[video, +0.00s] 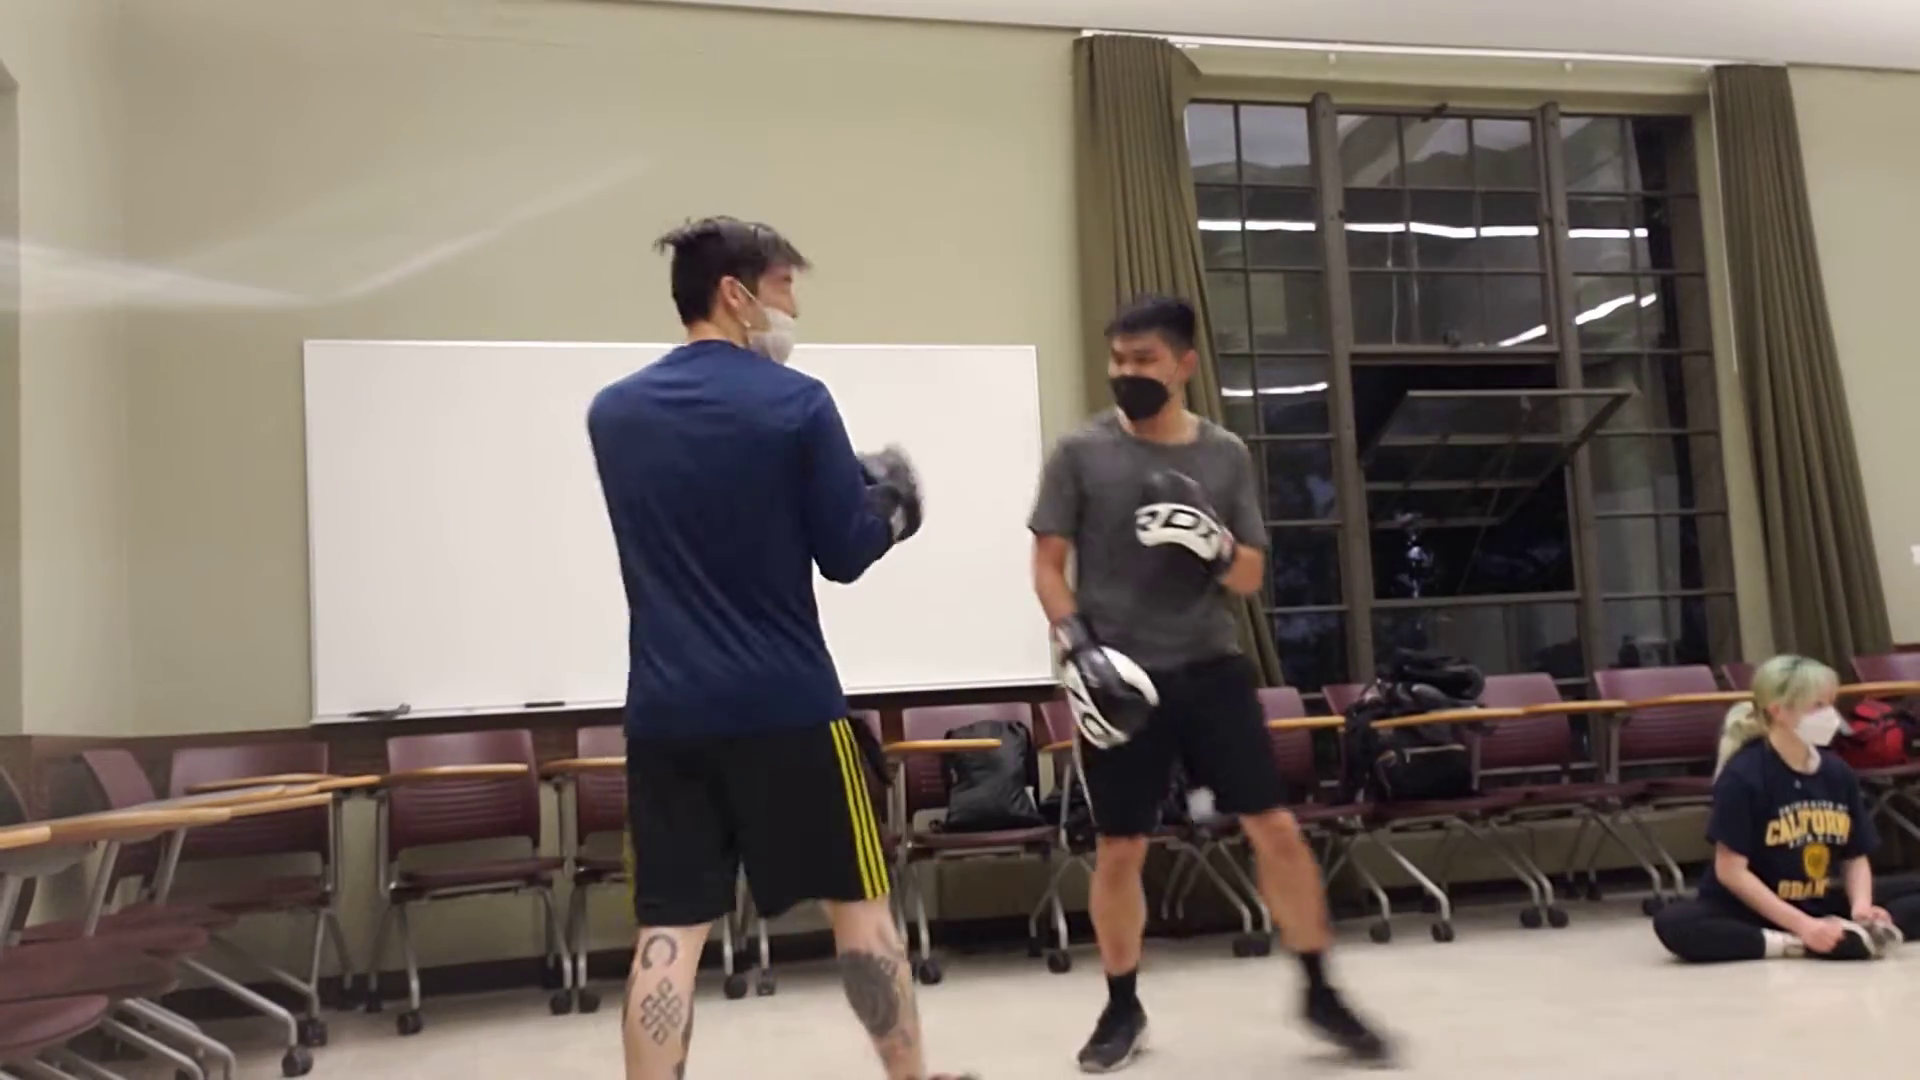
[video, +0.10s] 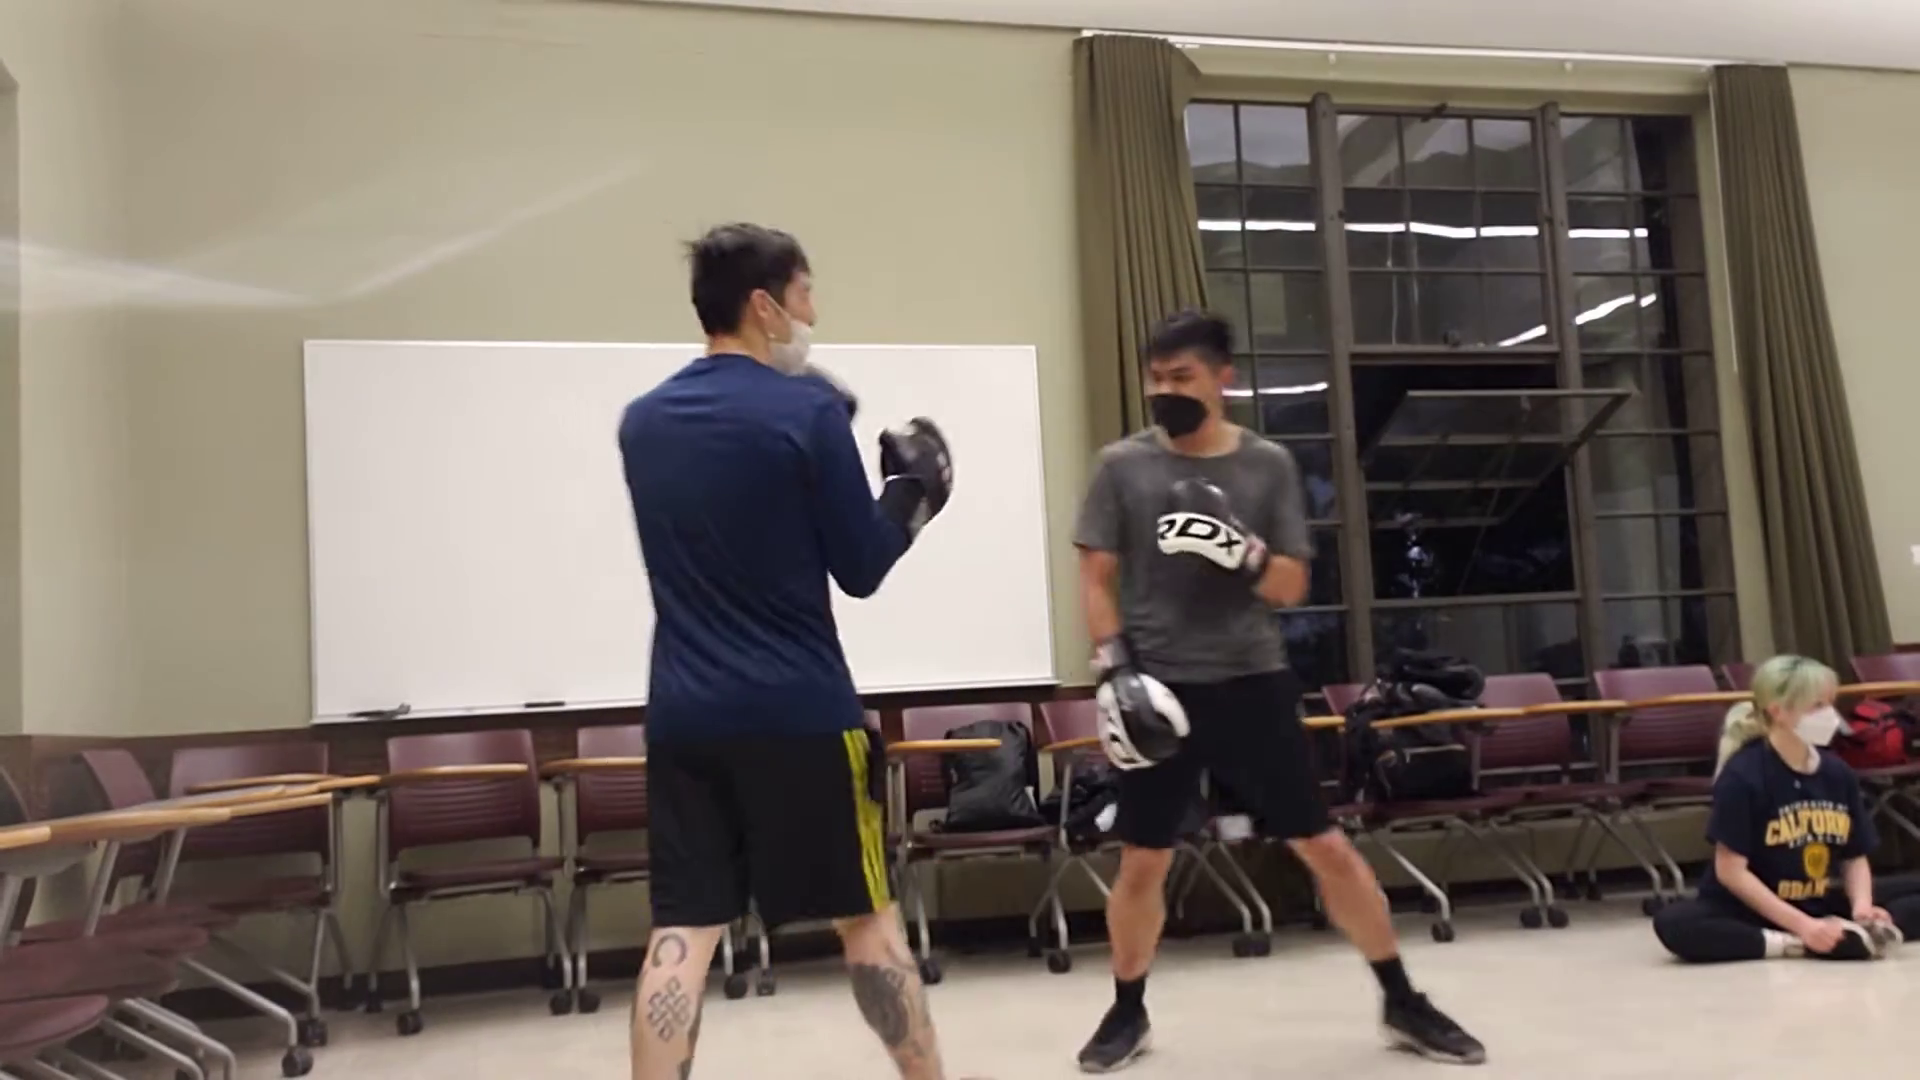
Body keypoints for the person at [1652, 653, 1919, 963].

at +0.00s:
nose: (1832, 716)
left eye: (1832, 705)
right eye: (1818, 707)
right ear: (1777, 711)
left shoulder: (1838, 774)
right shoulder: (1743, 775)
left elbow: (1856, 855)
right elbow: (1729, 870)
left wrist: (1861, 905)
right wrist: (1803, 925)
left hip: (1826, 907)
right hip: (1752, 910)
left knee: (1915, 901)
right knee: (1671, 922)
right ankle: (1792, 943)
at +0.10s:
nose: (1831, 716)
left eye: (1832, 705)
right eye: (1818, 707)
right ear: (1778, 711)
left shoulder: (1838, 775)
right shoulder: (1743, 775)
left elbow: (1855, 856)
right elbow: (1729, 870)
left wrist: (1862, 905)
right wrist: (1803, 925)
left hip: (1826, 907)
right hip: (1752, 910)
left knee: (1916, 901)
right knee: (1672, 922)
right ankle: (1792, 944)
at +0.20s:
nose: (1831, 716)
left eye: (1831, 705)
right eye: (1817, 707)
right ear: (1778, 712)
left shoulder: (1838, 775)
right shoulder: (1743, 775)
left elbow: (1855, 856)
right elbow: (1729, 870)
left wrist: (1863, 906)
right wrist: (1803, 925)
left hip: (1825, 906)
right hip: (1752, 909)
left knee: (1915, 903)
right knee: (1672, 922)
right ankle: (1791, 944)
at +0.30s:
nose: (1830, 715)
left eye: (1830, 704)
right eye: (1816, 706)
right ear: (1776, 711)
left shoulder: (1837, 775)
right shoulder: (1743, 775)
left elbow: (1856, 855)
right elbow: (1729, 870)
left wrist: (1863, 907)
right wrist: (1803, 926)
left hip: (1824, 906)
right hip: (1751, 909)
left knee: (1915, 899)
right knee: (1671, 923)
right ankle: (1792, 944)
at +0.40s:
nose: (1829, 715)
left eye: (1830, 704)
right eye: (1816, 706)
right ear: (1775, 711)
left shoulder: (1837, 774)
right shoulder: (1743, 775)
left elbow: (1856, 856)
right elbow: (1729, 870)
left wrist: (1863, 907)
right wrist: (1803, 926)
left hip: (1825, 906)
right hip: (1751, 909)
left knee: (1917, 901)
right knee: (1672, 923)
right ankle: (1792, 944)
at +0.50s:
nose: (1829, 715)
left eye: (1829, 704)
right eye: (1816, 706)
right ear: (1775, 711)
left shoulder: (1837, 775)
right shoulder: (1743, 775)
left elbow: (1855, 855)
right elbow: (1729, 870)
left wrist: (1863, 907)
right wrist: (1802, 925)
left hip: (1823, 906)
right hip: (1750, 909)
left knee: (1915, 899)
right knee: (1671, 923)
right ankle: (1792, 943)